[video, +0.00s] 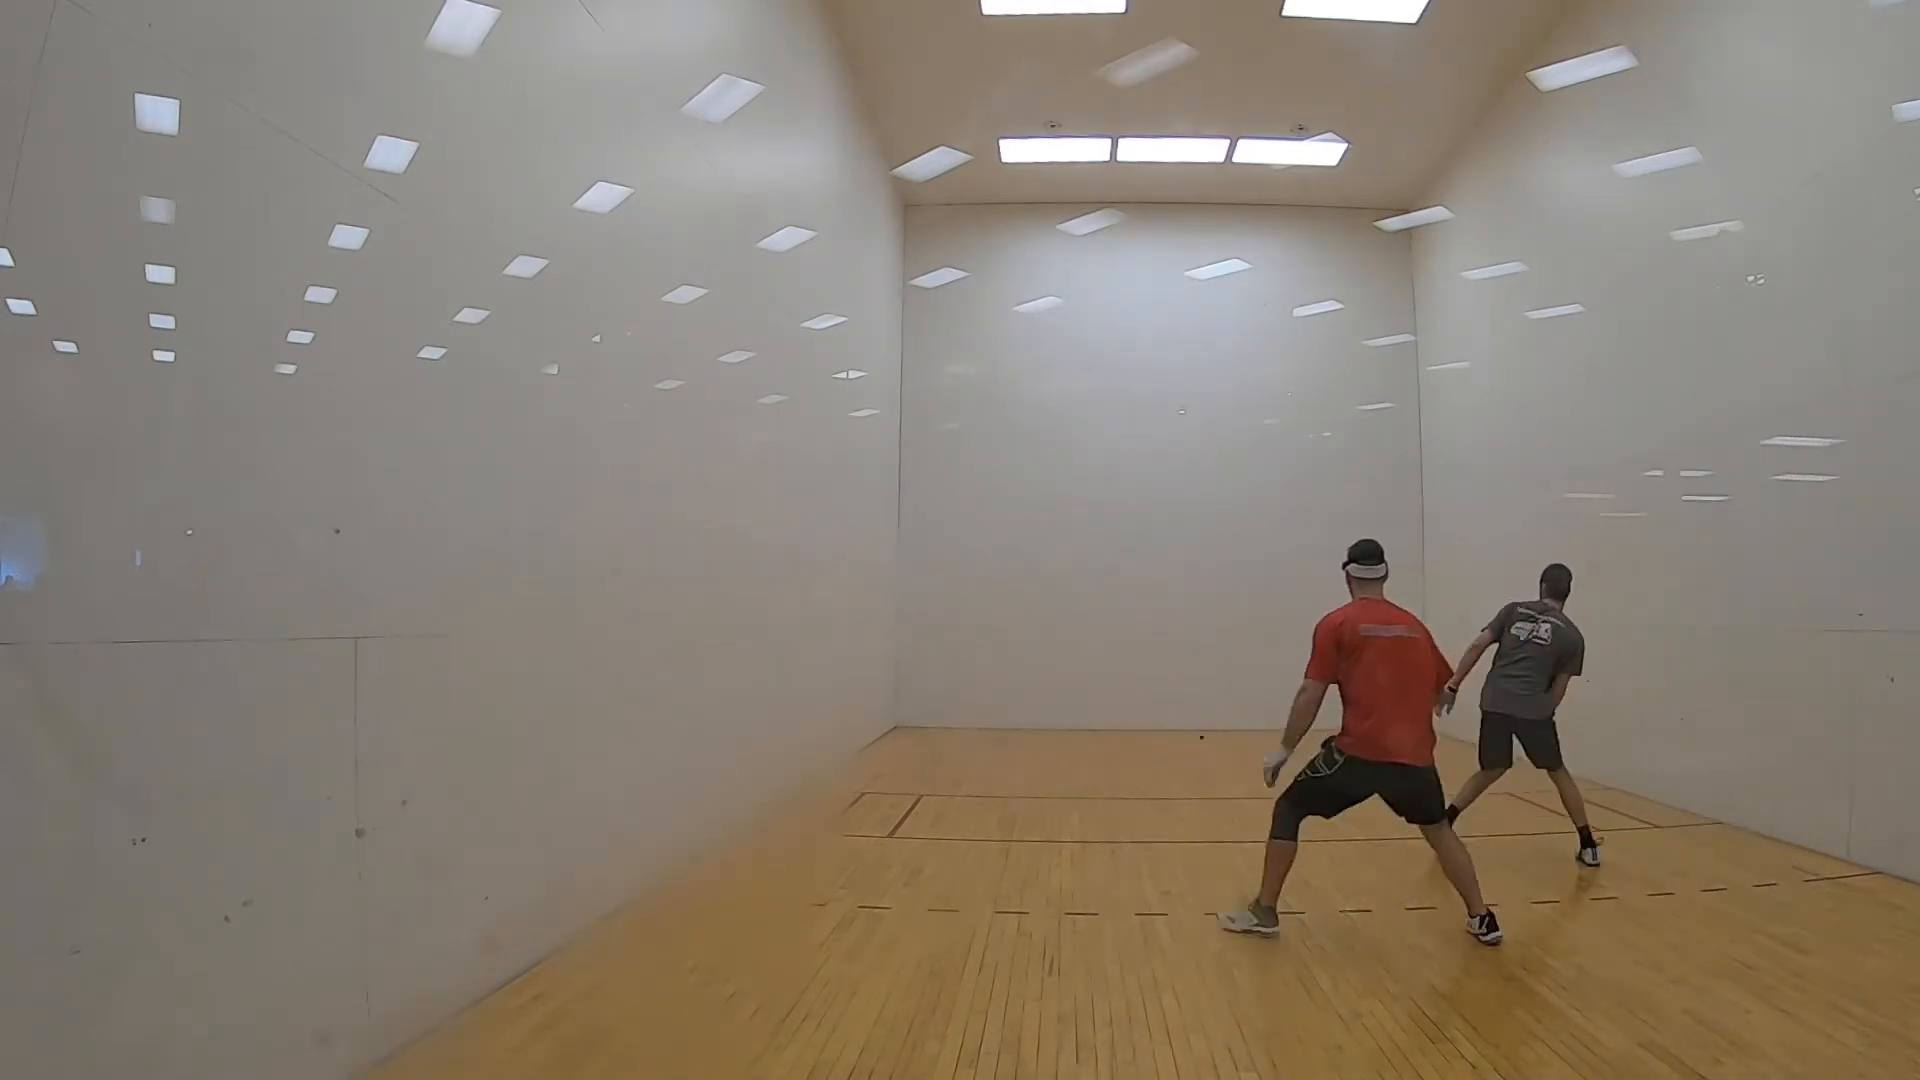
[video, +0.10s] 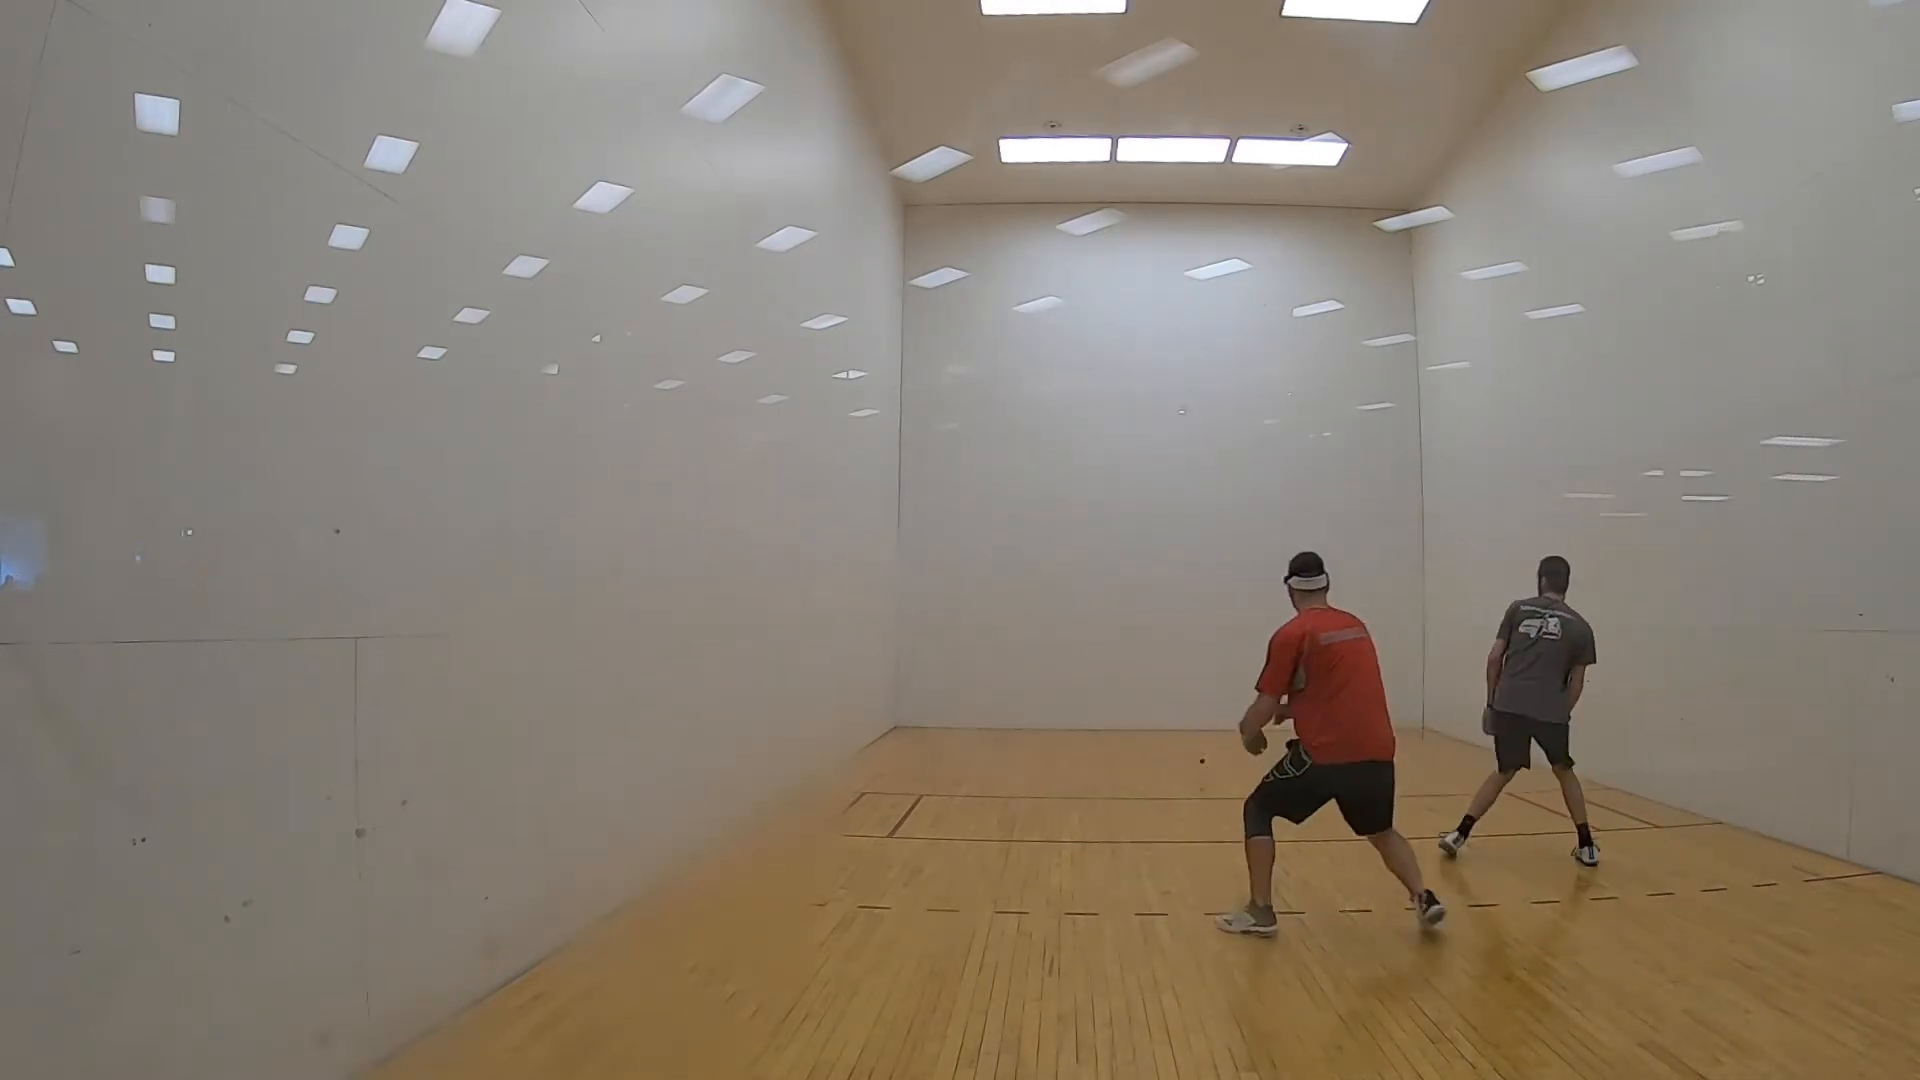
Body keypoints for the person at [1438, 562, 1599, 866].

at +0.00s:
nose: (1549, 592)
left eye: (1544, 586)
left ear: (1541, 587)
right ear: (1569, 593)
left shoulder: (1513, 611)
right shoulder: (1572, 637)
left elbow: (1478, 645)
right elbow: (1558, 690)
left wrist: (1452, 686)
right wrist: (1539, 718)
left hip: (1494, 707)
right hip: (1534, 714)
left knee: (1494, 766)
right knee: (1559, 772)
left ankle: (1446, 818)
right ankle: (1587, 845)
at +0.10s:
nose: (1541, 586)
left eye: (1539, 580)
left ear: (1540, 581)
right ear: (1568, 584)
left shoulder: (1518, 609)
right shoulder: (1580, 627)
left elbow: (1495, 657)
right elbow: (1577, 683)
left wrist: (1490, 703)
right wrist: (1561, 715)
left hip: (1508, 707)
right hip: (1550, 715)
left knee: (1504, 770)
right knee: (1564, 769)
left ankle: (1459, 834)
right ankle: (1586, 845)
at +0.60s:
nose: (1468, 579)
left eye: (1469, 572)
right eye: (1468, 572)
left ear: (1481, 570)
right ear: (1499, 570)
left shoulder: (1476, 605)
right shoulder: (1532, 605)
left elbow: (1466, 657)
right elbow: (1551, 661)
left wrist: (1446, 703)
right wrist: (1550, 705)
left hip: (1495, 706)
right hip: (1537, 707)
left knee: (1464, 771)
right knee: (1553, 770)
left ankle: (1469, 852)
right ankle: (1586, 843)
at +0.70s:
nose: (1456, 567)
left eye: (1456, 561)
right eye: (1456, 561)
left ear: (1464, 559)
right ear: (1487, 558)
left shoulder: (1459, 591)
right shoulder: (1517, 594)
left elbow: (1449, 643)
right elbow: (1532, 654)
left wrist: (1438, 691)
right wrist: (1525, 692)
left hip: (1477, 699)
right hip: (1518, 698)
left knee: (1460, 770)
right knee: (1536, 766)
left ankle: (1469, 853)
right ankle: (1562, 843)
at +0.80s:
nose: (1447, 552)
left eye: (1447, 547)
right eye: (1449, 547)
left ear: (1452, 546)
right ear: (1479, 545)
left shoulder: (1449, 576)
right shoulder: (1506, 582)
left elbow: (1443, 626)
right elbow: (1520, 640)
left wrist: (1430, 674)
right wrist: (1509, 675)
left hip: (1466, 681)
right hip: (1506, 681)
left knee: (1450, 758)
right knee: (1506, 759)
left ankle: (1456, 847)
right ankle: (1524, 841)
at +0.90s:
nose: (1442, 552)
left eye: (1442, 547)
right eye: (1446, 546)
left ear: (1445, 547)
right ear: (1472, 546)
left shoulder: (1438, 580)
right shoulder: (1498, 586)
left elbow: (1430, 630)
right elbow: (1513, 644)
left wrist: (1414, 672)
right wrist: (1488, 668)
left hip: (1454, 684)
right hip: (1494, 686)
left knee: (1421, 755)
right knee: (1481, 764)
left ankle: (1430, 841)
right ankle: (1492, 851)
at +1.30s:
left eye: (1438, 594)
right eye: (1458, 598)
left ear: (1433, 598)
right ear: (1462, 602)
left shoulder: (1410, 628)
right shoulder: (1464, 637)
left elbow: (1397, 664)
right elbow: (1500, 677)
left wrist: (1447, 675)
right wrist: (1551, 677)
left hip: (1391, 721)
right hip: (1435, 720)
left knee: (1394, 795)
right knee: (1457, 772)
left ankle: (1399, 849)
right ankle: (1452, 853)